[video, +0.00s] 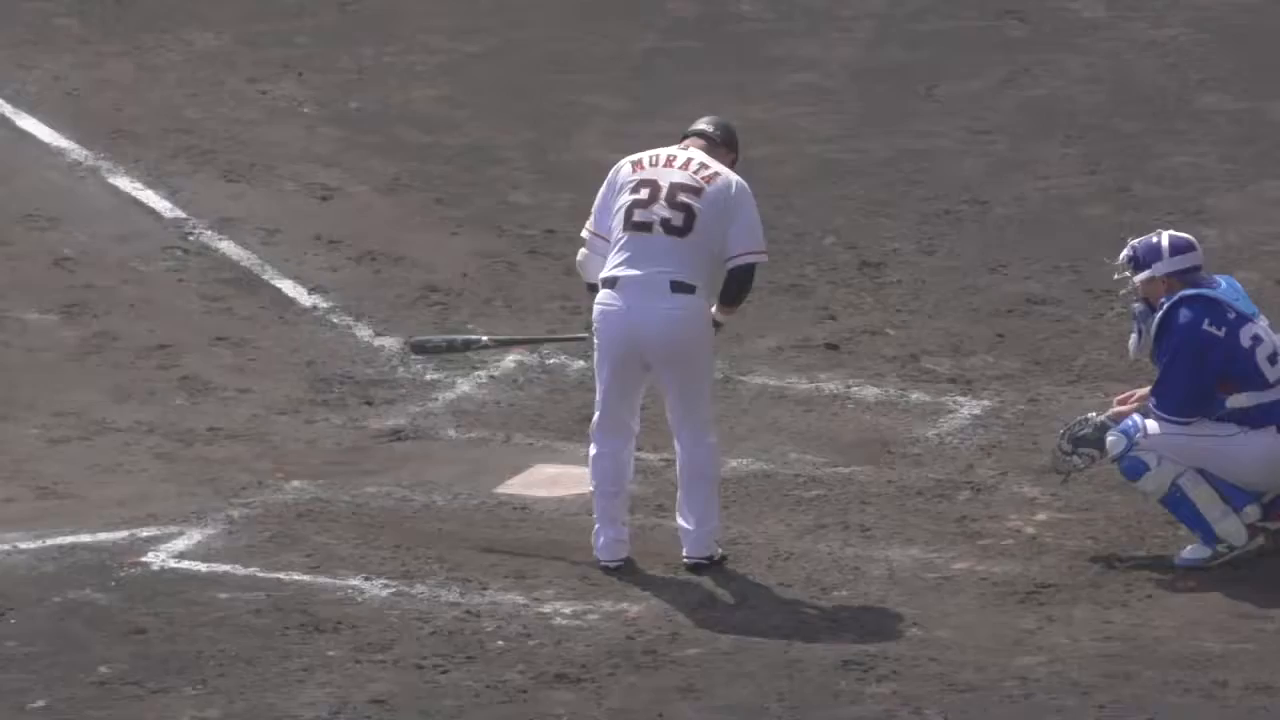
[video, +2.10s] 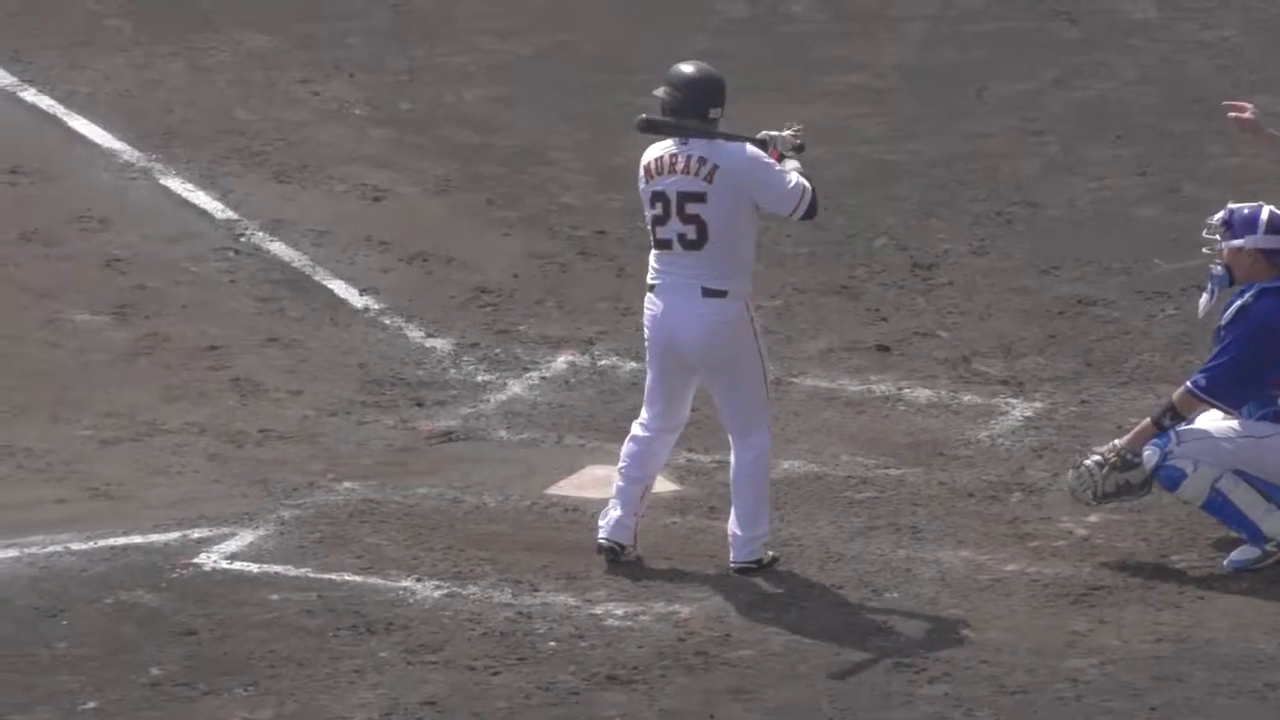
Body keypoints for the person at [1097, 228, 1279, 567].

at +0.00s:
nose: (1135, 289)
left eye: (1140, 281)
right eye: (1135, 281)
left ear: (1164, 282)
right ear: (1189, 274)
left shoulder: (1185, 318)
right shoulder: (1215, 290)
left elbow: (1177, 409)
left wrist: (1138, 410)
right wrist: (1150, 394)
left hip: (1264, 446)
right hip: (1269, 430)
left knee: (1131, 441)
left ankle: (1228, 536)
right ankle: (1256, 506)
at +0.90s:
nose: (1173, 272)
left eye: (1179, 264)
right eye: (1174, 263)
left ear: (1202, 270)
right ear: (1226, 265)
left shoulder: (1220, 317)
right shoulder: (1256, 288)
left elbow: (1212, 406)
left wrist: (1157, 407)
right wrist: (1173, 399)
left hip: (1271, 440)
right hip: (1272, 427)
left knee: (1157, 444)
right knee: (1181, 423)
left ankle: (1255, 540)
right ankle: (1269, 514)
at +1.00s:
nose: (1183, 264)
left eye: (1189, 256)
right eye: (1185, 255)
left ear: (1210, 264)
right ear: (1233, 261)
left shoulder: (1229, 316)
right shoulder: (1265, 285)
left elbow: (1210, 404)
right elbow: (1168, 329)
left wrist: (1136, 397)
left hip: (1270, 438)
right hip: (1271, 424)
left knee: (1158, 444)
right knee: (1185, 422)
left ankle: (1260, 535)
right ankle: (1270, 509)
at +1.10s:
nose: (1188, 259)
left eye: (1195, 251)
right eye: (1190, 250)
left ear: (1219, 261)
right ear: (1227, 260)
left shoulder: (1240, 312)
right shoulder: (1265, 284)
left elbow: (1209, 397)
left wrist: (1129, 397)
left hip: (1273, 439)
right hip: (1271, 426)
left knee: (1161, 446)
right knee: (1182, 425)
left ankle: (1262, 533)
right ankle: (1269, 508)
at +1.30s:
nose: (1207, 255)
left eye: (1215, 247)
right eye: (1211, 246)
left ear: (1238, 257)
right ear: (1246, 256)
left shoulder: (1254, 307)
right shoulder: (1264, 293)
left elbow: (1199, 390)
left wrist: (1128, 436)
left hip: (1273, 436)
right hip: (1271, 424)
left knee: (1166, 450)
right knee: (1192, 428)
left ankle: (1267, 533)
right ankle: (1270, 512)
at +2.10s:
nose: (1220, 253)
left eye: (1228, 244)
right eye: (1222, 244)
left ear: (1252, 255)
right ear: (1252, 255)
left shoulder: (1262, 314)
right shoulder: (1259, 300)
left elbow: (1195, 396)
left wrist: (1124, 449)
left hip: (1272, 439)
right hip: (1266, 427)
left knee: (1170, 453)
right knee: (1201, 426)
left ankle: (1270, 534)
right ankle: (1269, 511)